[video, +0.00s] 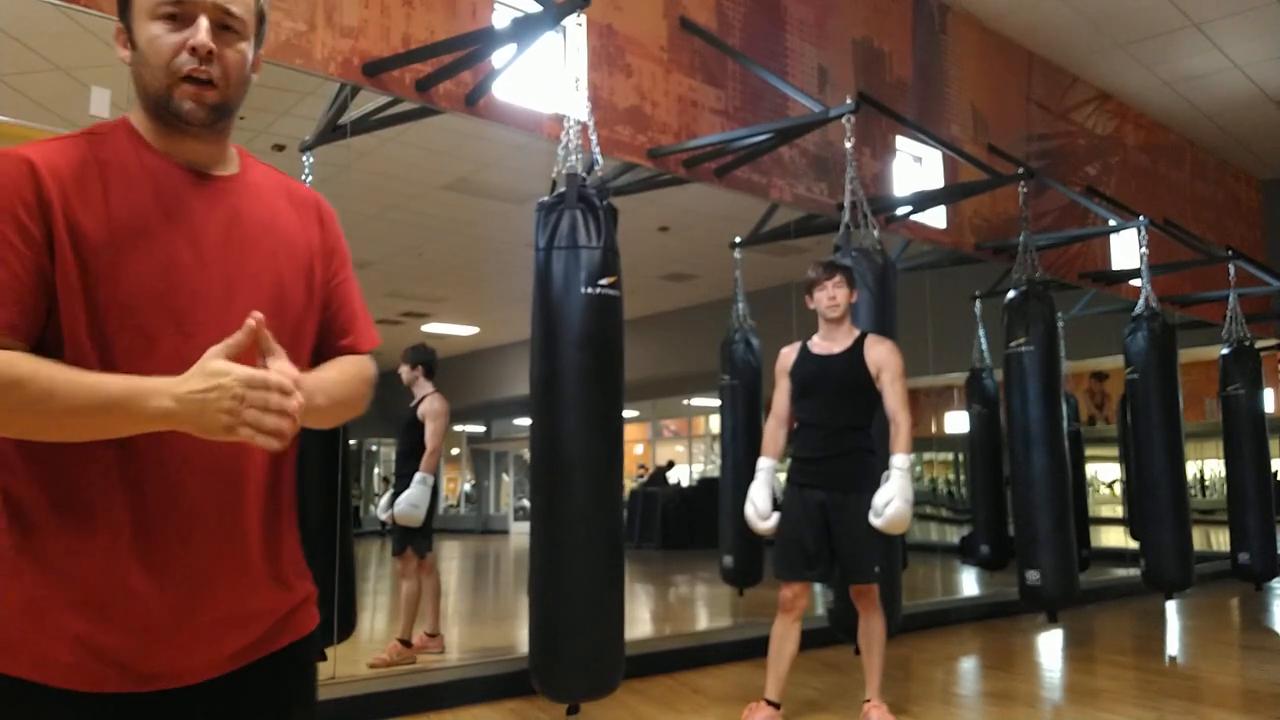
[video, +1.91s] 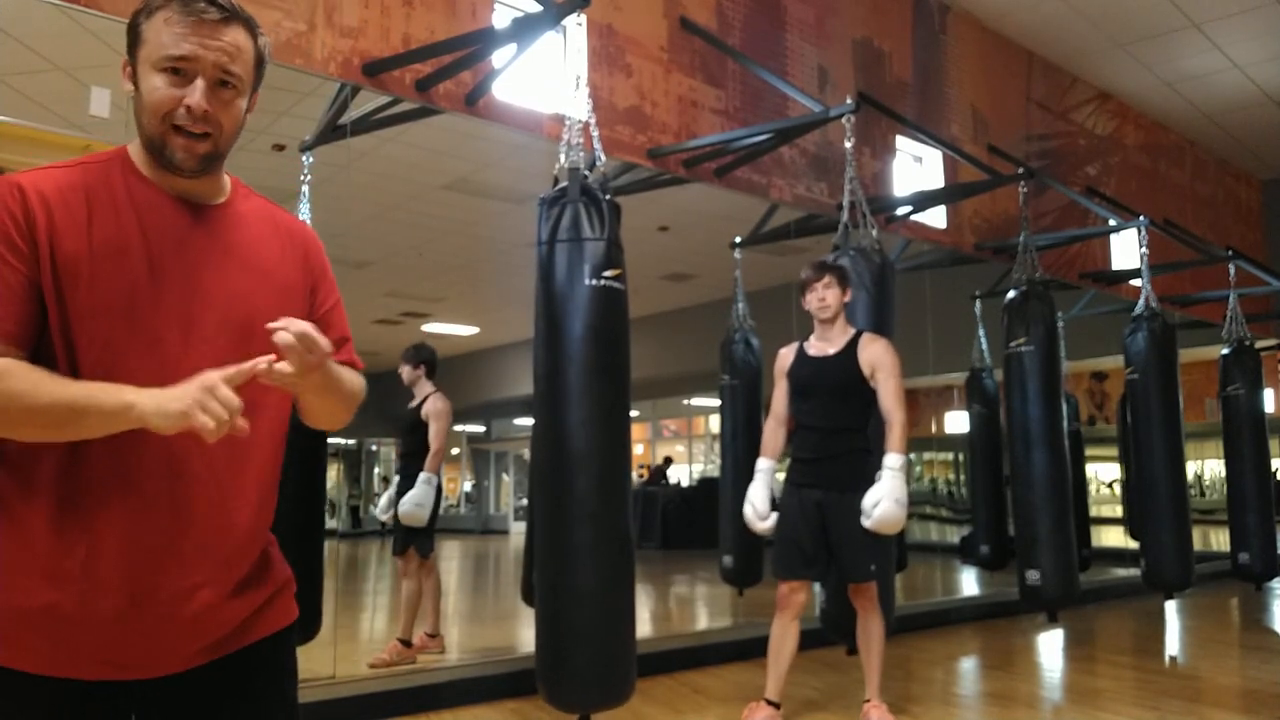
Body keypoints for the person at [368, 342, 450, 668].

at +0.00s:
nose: (399, 372)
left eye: (403, 367)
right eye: (400, 367)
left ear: (418, 370)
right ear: (419, 370)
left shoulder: (434, 402)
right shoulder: (417, 403)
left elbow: (433, 450)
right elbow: (406, 454)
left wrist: (419, 489)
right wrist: (392, 492)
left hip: (416, 486)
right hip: (408, 485)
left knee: (406, 565)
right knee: (424, 564)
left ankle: (403, 641)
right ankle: (431, 634)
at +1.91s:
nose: (400, 373)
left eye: (403, 367)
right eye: (400, 368)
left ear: (420, 369)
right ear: (418, 369)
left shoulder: (436, 402)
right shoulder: (416, 403)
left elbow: (437, 450)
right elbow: (407, 454)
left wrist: (423, 489)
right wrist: (393, 491)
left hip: (421, 483)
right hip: (409, 482)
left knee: (408, 563)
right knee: (425, 563)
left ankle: (403, 641)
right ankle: (431, 634)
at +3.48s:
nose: (348, 391)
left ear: (363, 382)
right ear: (372, 382)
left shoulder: (369, 406)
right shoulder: (378, 407)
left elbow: (371, 444)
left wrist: (360, 485)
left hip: (374, 491)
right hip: (379, 491)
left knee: (355, 565)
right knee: (352, 564)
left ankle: (388, 626)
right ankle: (361, 634)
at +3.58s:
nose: (340, 386)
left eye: (342, 380)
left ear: (355, 379)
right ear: (365, 378)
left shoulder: (366, 405)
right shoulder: (372, 407)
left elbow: (366, 445)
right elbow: (389, 458)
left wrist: (354, 485)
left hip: (374, 493)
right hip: (375, 492)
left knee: (354, 566)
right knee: (348, 567)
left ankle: (387, 627)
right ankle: (362, 634)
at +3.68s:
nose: (341, 385)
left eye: (343, 379)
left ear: (352, 377)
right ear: (365, 377)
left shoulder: (362, 403)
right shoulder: (376, 408)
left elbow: (364, 444)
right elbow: (391, 460)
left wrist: (350, 485)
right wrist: (346, 461)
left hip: (372, 493)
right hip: (374, 492)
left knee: (353, 565)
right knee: (344, 567)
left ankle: (387, 627)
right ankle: (362, 634)